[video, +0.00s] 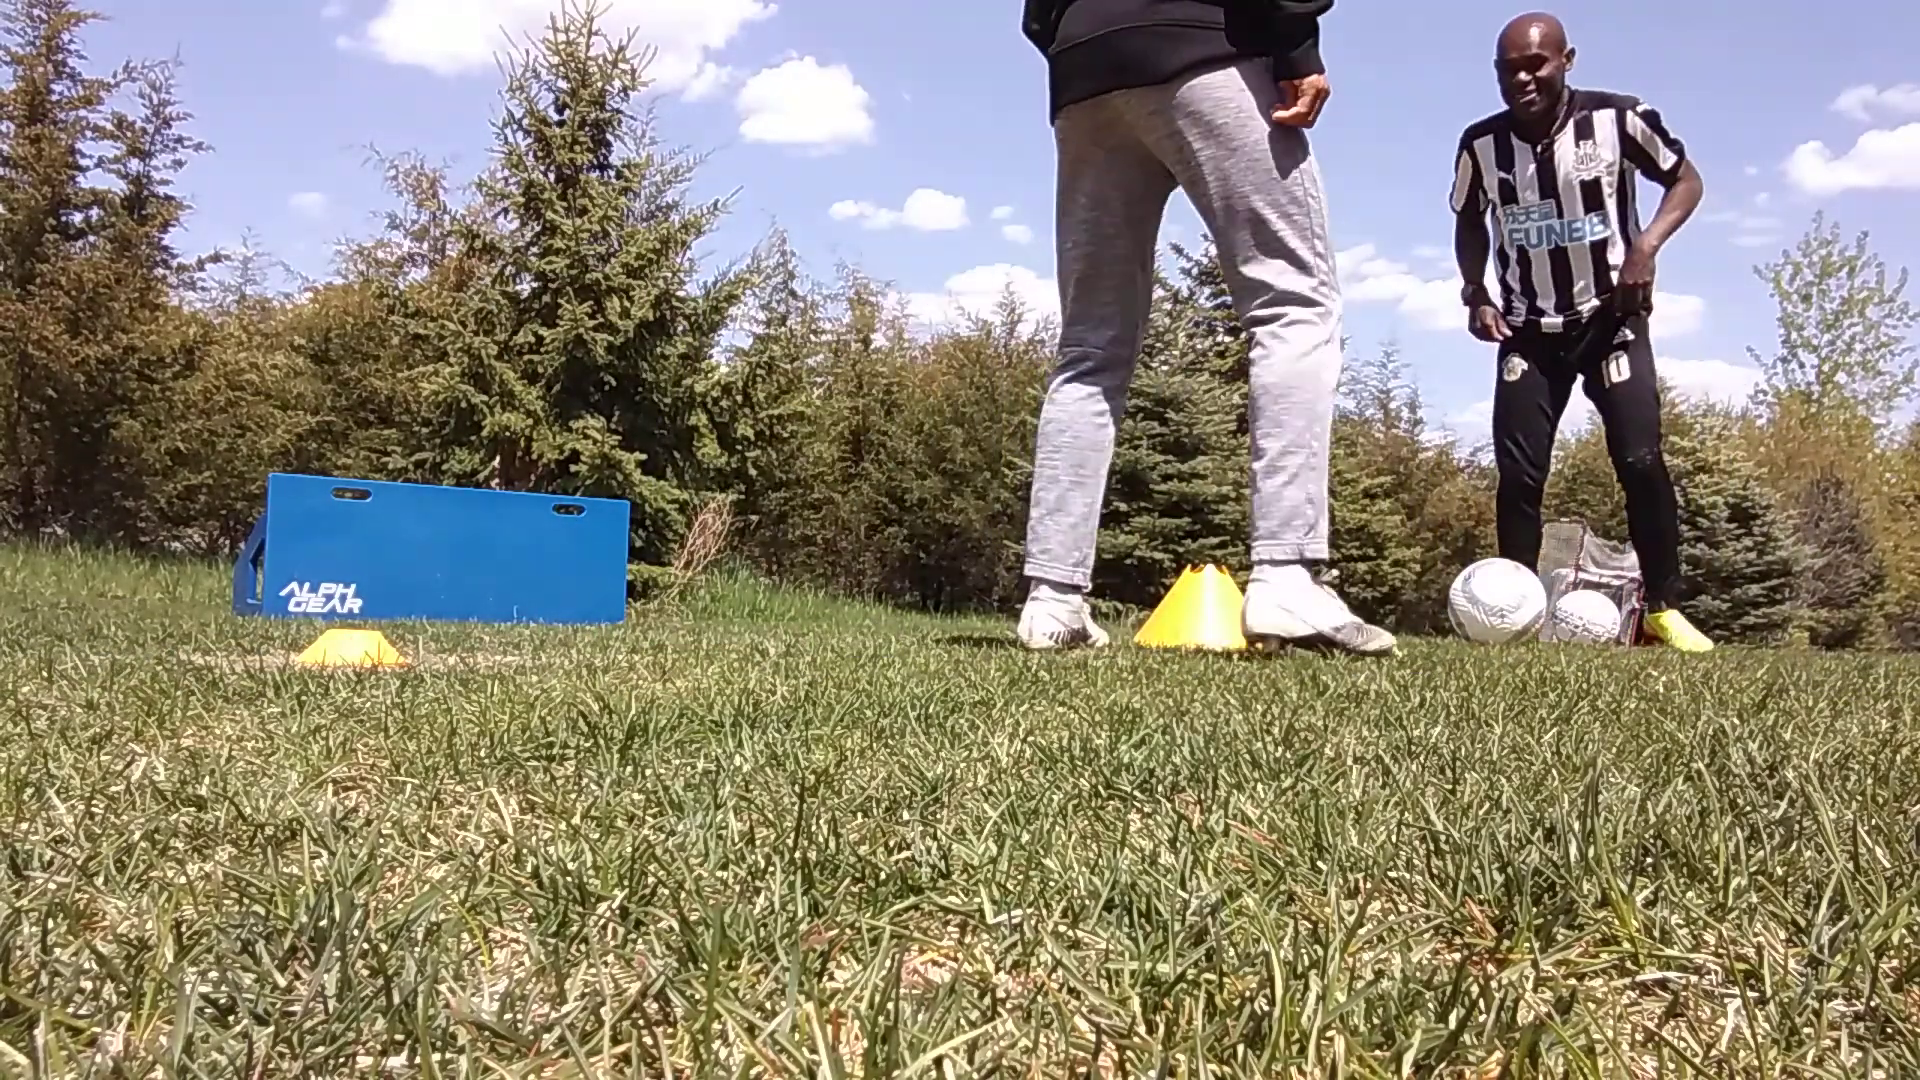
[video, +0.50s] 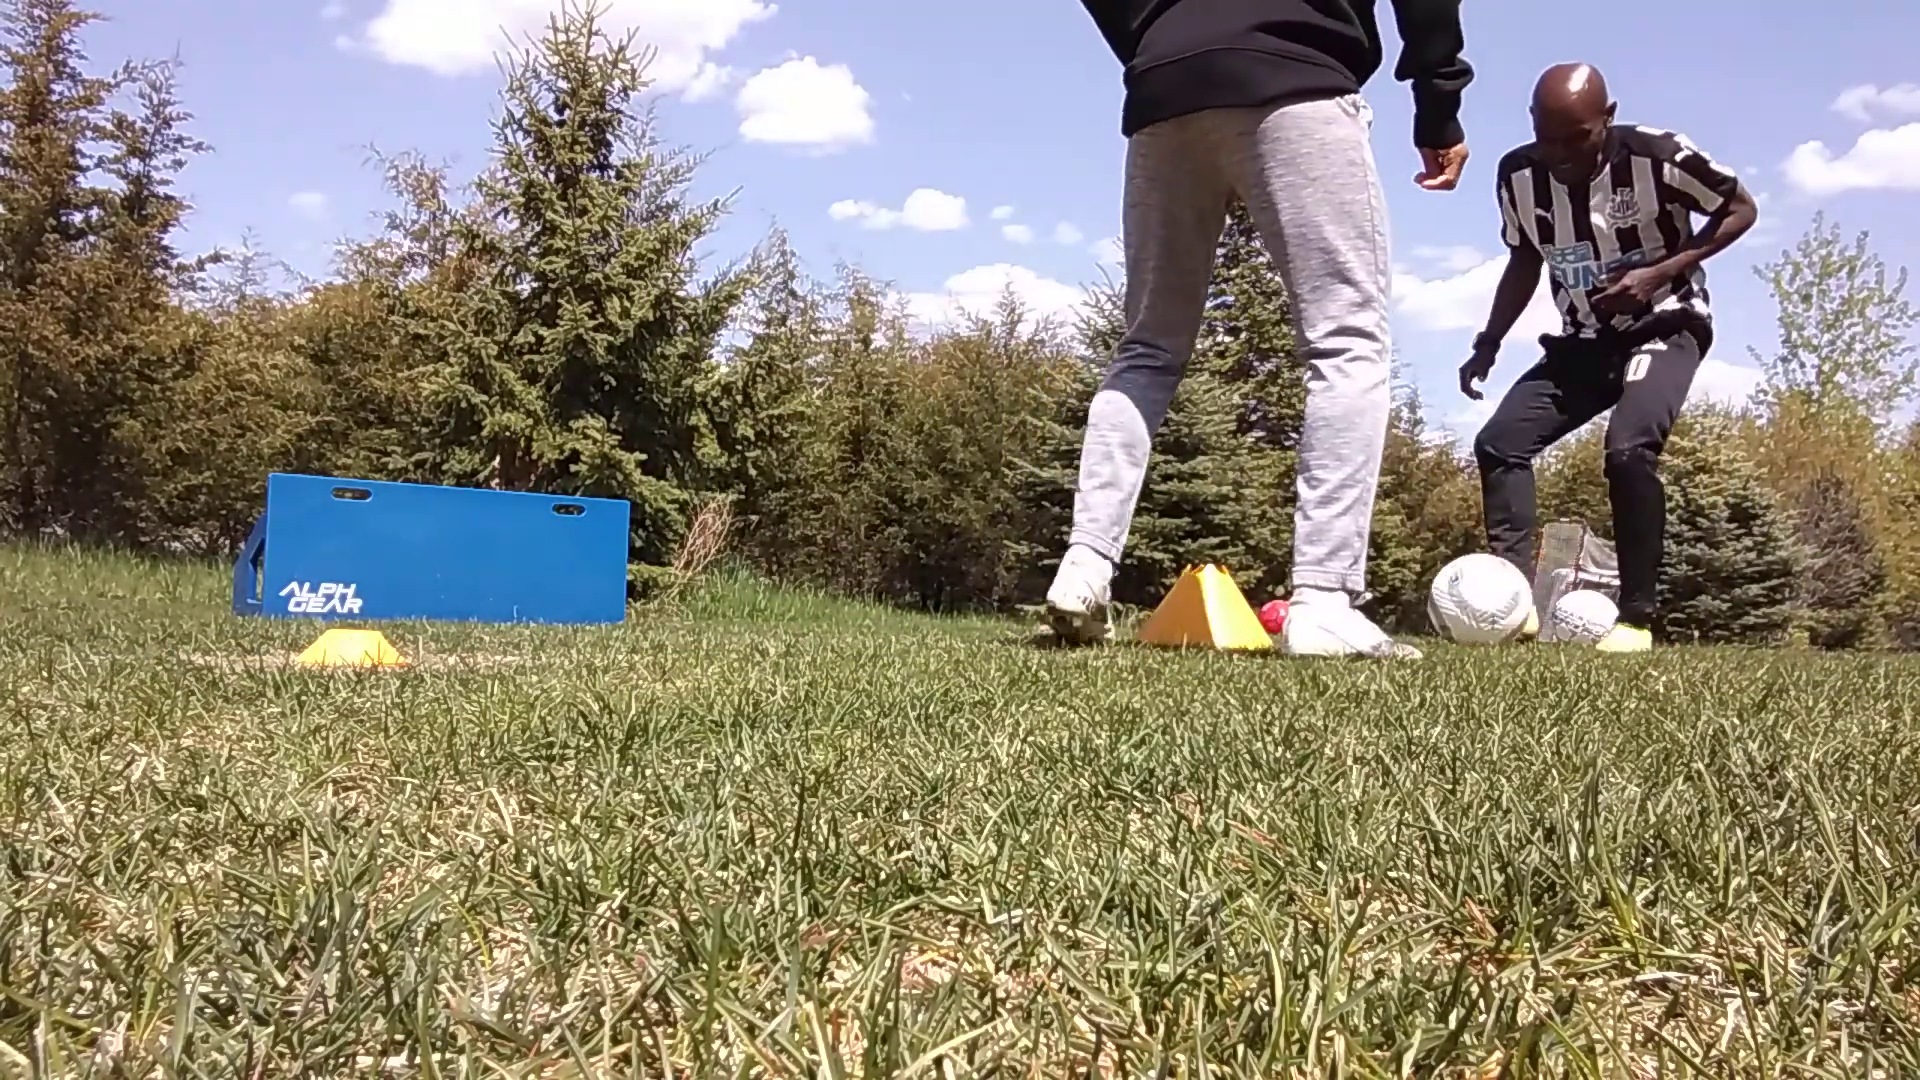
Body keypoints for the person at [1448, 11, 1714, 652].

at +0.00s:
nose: (1521, 80)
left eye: (1534, 65)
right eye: (1509, 69)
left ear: (1566, 62)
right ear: (1498, 72)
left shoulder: (1620, 119)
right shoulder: (1480, 144)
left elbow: (1687, 181)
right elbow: (1470, 224)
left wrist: (1648, 243)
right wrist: (1475, 292)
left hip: (1614, 322)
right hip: (1529, 334)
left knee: (1642, 462)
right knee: (1519, 476)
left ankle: (1662, 609)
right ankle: (1516, 611)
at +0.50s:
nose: (1564, 151)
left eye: (1578, 137)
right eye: (1551, 137)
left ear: (1608, 116)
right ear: (1534, 124)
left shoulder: (1660, 156)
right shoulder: (1518, 176)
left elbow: (1740, 209)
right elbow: (1525, 259)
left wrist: (1666, 270)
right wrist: (1490, 339)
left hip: (1664, 330)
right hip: (1587, 341)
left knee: (1628, 452)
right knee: (1499, 445)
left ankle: (1636, 620)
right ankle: (1512, 603)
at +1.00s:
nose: (1580, 121)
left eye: (1594, 106)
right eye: (1566, 109)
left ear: (1625, 99)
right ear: (1551, 109)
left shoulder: (1675, 147)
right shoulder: (1531, 170)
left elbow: (1739, 199)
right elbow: (1527, 247)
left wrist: (1674, 261)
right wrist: (1506, 326)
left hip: (1675, 321)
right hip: (1592, 334)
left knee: (1682, 443)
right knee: (1574, 470)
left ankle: (1703, 607)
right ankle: (1588, 618)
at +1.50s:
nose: (1591, 131)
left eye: (1600, 116)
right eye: (1585, 118)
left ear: (1647, 97)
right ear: (1585, 108)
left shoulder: (1725, 130)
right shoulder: (1599, 165)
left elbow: (1828, 188)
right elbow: (1623, 248)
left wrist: (1726, 234)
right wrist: (1583, 331)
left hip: (1756, 318)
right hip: (1676, 324)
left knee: (1710, 451)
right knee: (1573, 423)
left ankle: (1737, 626)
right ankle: (1585, 585)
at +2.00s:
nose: (1572, 134)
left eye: (1585, 117)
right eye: (1566, 120)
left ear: (1630, 103)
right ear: (1563, 117)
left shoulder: (1704, 142)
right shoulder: (1574, 182)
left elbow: (1801, 190)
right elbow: (1590, 262)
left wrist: (1722, 245)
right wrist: (1559, 347)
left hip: (1736, 320)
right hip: (1660, 340)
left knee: (1719, 446)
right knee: (1635, 469)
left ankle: (1737, 623)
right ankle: (1638, 624)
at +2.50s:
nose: (1612, 128)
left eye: (1620, 112)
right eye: (1606, 115)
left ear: (1663, 93)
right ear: (1612, 106)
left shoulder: (1745, 129)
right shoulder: (1620, 158)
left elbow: (1844, 187)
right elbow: (1643, 236)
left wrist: (1747, 207)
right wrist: (1601, 310)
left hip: (1755, 323)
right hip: (1682, 333)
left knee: (1733, 453)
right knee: (1640, 459)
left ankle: (1753, 624)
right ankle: (1637, 615)